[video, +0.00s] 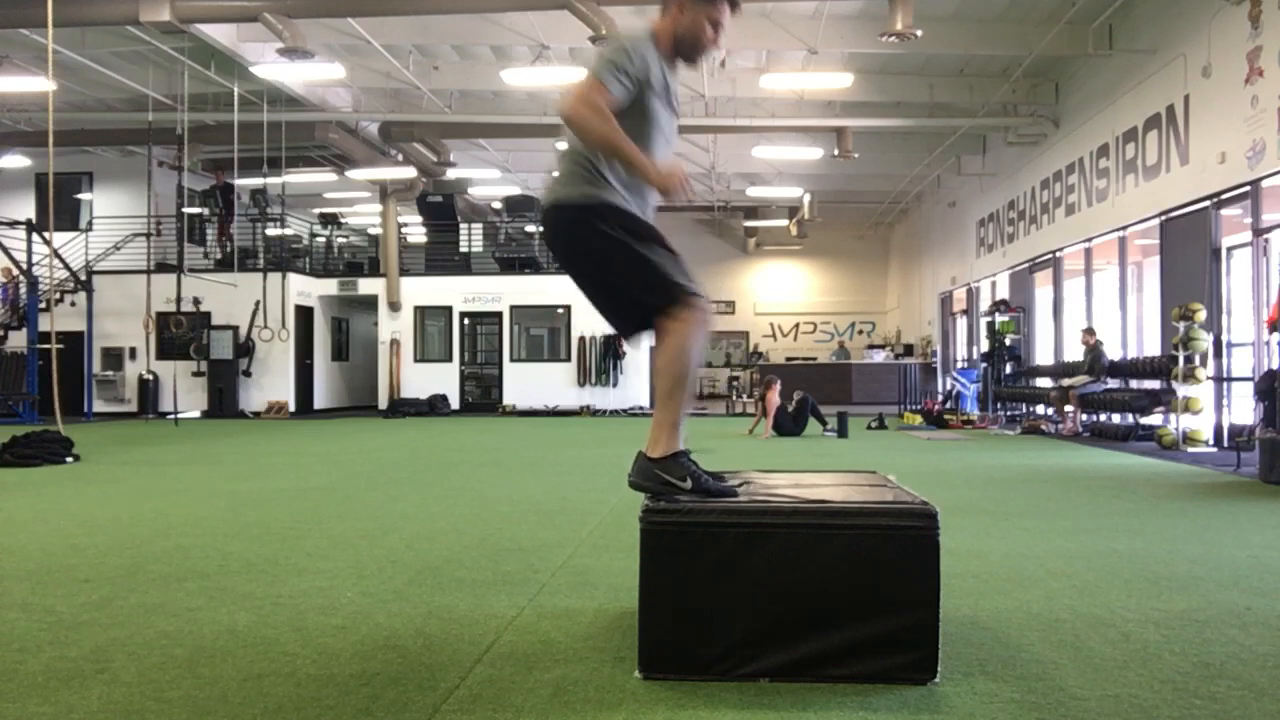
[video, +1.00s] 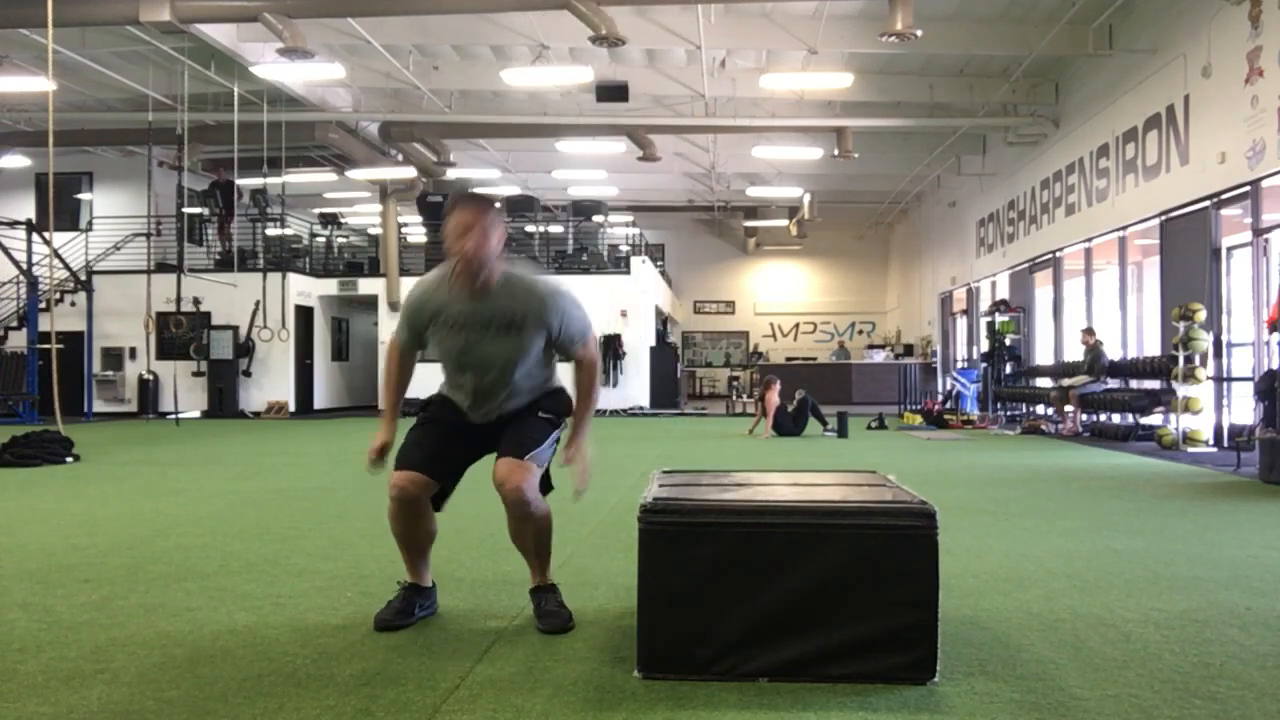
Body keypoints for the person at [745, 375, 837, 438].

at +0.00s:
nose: (779, 387)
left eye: (779, 384)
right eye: (778, 384)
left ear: (767, 385)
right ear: (774, 385)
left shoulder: (764, 396)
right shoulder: (772, 395)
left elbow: (759, 416)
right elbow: (770, 416)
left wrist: (751, 430)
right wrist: (767, 433)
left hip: (785, 430)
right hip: (793, 431)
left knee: (805, 398)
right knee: (807, 399)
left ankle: (825, 425)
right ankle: (826, 426)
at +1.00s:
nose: (779, 387)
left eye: (779, 384)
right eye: (778, 385)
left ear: (767, 385)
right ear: (773, 385)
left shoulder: (764, 396)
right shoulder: (772, 396)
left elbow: (759, 415)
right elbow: (770, 415)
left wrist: (751, 429)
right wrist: (767, 433)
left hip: (784, 430)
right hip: (793, 431)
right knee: (807, 399)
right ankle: (826, 426)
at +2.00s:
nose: (779, 387)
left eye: (779, 384)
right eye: (777, 385)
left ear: (769, 386)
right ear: (772, 386)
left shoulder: (765, 396)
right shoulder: (771, 397)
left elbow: (759, 415)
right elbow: (769, 416)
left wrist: (751, 429)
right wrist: (767, 433)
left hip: (785, 430)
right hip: (793, 431)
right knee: (808, 401)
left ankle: (799, 402)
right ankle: (826, 426)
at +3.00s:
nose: (779, 387)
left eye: (779, 384)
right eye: (778, 385)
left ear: (767, 385)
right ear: (773, 385)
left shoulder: (764, 396)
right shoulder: (772, 396)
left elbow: (759, 415)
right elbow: (769, 416)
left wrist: (750, 430)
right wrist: (767, 433)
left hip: (784, 430)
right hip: (792, 430)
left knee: (803, 398)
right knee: (806, 399)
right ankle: (826, 426)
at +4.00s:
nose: (779, 387)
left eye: (779, 385)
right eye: (778, 385)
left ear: (767, 385)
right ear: (773, 385)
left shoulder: (765, 396)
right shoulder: (772, 396)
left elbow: (759, 415)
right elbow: (770, 416)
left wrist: (750, 430)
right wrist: (767, 433)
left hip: (785, 430)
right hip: (792, 430)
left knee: (803, 397)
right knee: (806, 400)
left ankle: (825, 424)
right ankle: (826, 426)